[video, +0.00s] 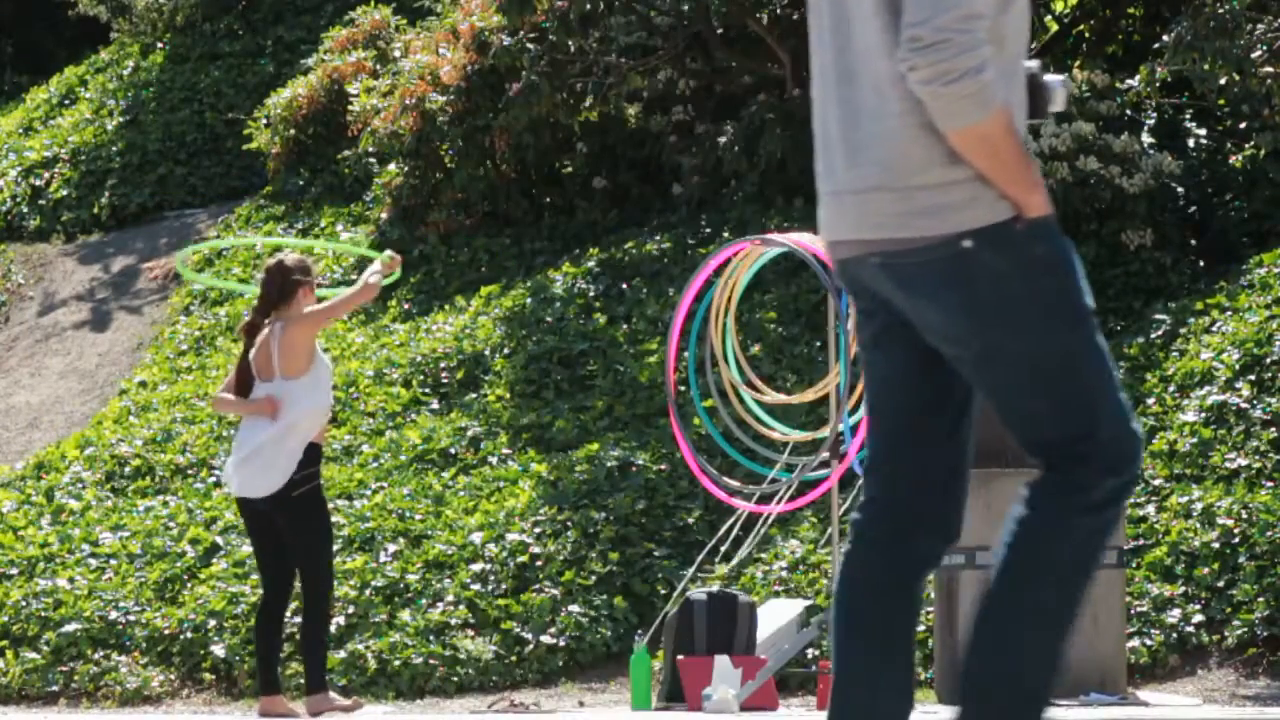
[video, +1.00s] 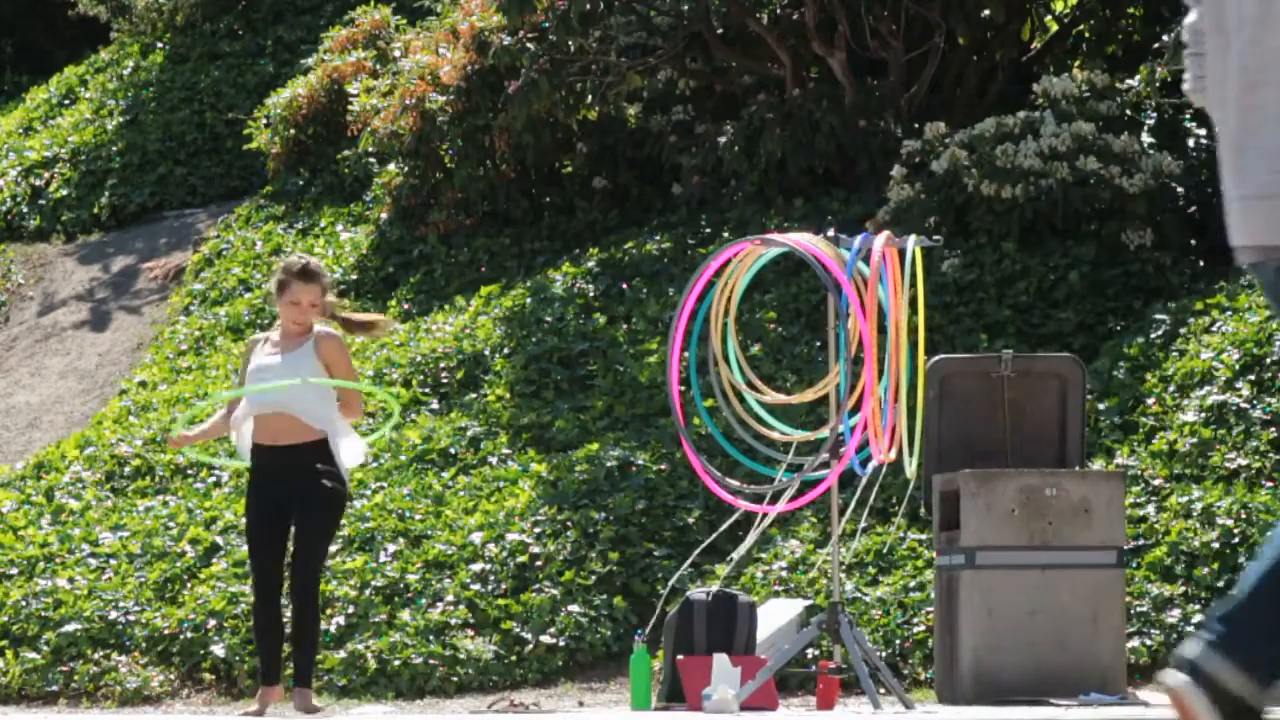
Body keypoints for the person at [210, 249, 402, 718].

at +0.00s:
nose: (315, 295)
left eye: (314, 287)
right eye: (311, 288)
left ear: (275, 294)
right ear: (298, 291)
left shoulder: (258, 341)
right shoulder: (298, 326)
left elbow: (223, 399)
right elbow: (363, 293)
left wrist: (259, 407)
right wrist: (380, 268)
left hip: (250, 482)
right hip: (294, 479)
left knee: (275, 585)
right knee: (318, 582)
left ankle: (269, 695)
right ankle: (318, 693)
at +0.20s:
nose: (307, 296)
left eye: (302, 290)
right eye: (305, 290)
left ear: (263, 299)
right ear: (300, 295)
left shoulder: (249, 347)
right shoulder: (320, 334)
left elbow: (223, 402)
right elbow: (372, 325)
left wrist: (286, 409)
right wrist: (364, 296)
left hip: (246, 484)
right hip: (299, 480)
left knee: (264, 586)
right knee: (308, 587)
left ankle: (267, 694)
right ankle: (318, 691)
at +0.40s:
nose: (257, 310)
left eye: (260, 302)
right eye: (257, 301)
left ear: (276, 303)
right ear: (300, 301)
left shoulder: (255, 352)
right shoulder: (331, 347)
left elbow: (251, 412)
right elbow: (346, 376)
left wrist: (308, 414)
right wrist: (334, 343)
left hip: (254, 477)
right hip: (308, 481)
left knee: (261, 585)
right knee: (282, 579)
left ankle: (267, 694)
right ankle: (306, 684)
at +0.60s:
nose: (258, 310)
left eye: (265, 302)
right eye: (257, 302)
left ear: (292, 300)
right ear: (295, 302)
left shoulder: (277, 343)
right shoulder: (317, 336)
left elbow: (295, 410)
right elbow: (284, 394)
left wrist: (328, 400)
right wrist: (240, 392)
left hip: (276, 481)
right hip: (305, 481)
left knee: (262, 582)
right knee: (267, 580)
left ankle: (274, 689)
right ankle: (274, 686)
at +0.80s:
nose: (274, 311)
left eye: (281, 303)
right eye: (269, 302)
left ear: (307, 300)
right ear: (268, 300)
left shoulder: (303, 340)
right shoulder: (285, 343)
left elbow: (335, 407)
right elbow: (256, 414)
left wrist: (288, 422)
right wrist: (200, 416)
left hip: (289, 474)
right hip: (282, 473)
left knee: (278, 576)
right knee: (262, 575)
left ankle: (294, 689)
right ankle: (279, 687)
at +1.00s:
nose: (304, 312)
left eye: (313, 304)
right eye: (295, 303)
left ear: (322, 304)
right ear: (277, 299)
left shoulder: (326, 343)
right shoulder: (259, 347)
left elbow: (354, 408)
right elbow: (240, 410)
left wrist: (309, 409)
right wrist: (197, 435)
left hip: (317, 468)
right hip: (266, 470)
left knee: (304, 580)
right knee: (265, 582)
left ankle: (303, 688)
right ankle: (269, 686)